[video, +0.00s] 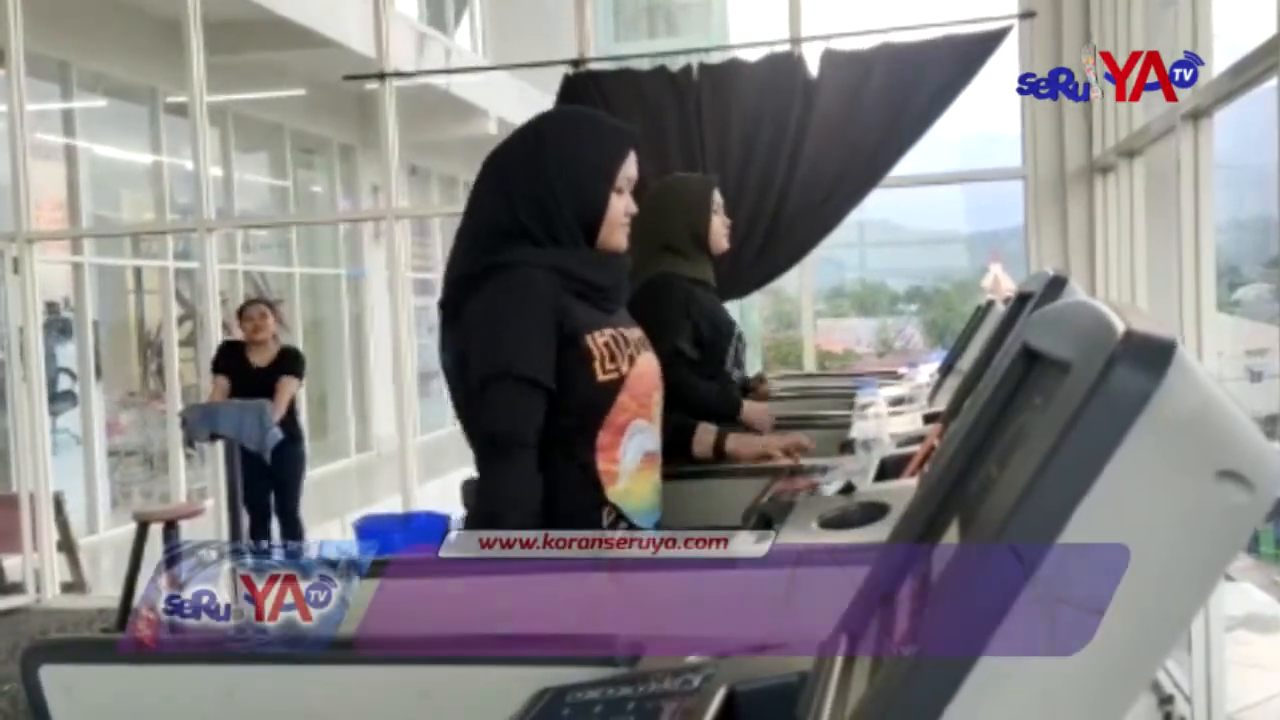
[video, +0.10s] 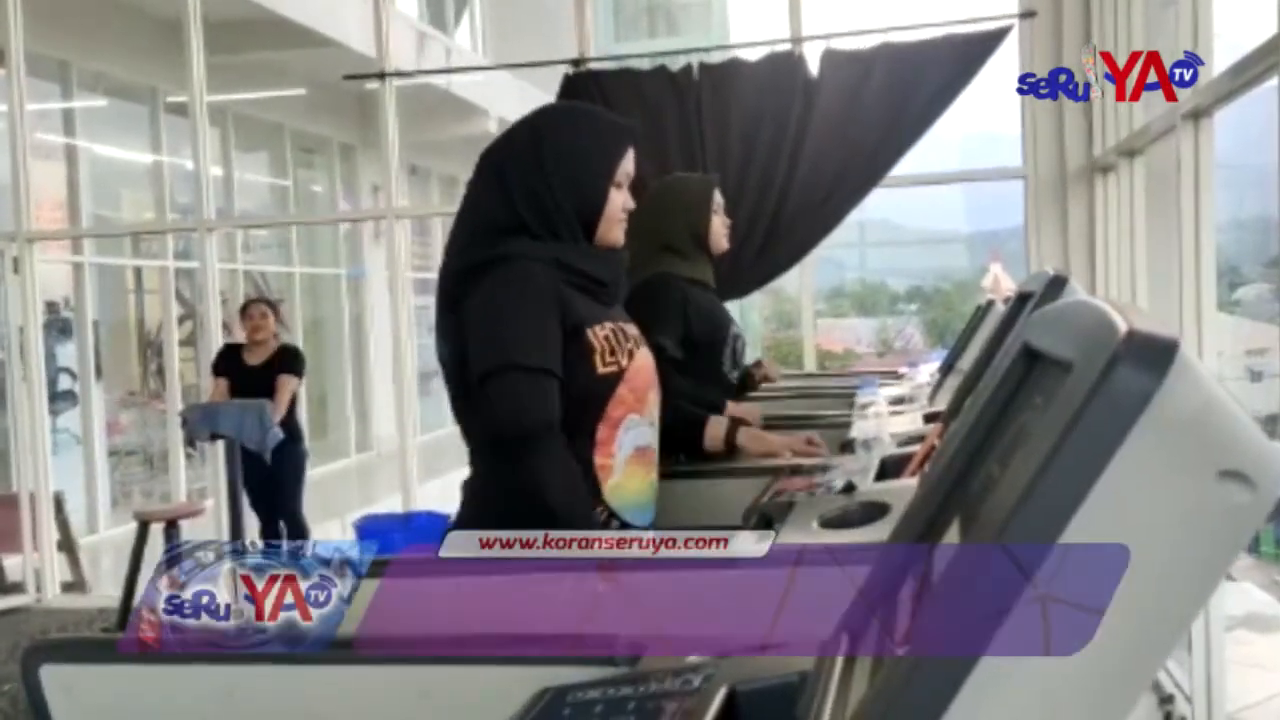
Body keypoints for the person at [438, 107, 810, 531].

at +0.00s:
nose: (634, 207)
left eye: (632, 192)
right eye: (621, 191)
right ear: (571, 188)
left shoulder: (587, 287)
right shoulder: (518, 294)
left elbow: (618, 421)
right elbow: (508, 458)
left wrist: (729, 443)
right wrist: (513, 581)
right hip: (562, 550)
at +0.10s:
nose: (630, 202)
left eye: (629, 186)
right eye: (618, 186)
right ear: (567, 183)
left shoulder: (580, 278)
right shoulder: (517, 284)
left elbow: (622, 406)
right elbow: (524, 449)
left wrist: (740, 438)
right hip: (532, 550)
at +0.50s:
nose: (642, 192)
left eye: (640, 177)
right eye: (629, 175)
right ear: (579, 174)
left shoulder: (603, 276)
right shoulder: (527, 283)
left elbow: (644, 403)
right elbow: (525, 447)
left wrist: (752, 434)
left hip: (632, 527)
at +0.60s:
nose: (643, 192)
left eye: (641, 176)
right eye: (629, 175)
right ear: (578, 174)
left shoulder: (609, 275)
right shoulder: (524, 281)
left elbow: (642, 399)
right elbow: (505, 441)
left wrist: (751, 431)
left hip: (627, 528)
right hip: (559, 540)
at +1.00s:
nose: (632, 193)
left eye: (630, 177)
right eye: (617, 177)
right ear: (567, 179)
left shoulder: (593, 279)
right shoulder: (524, 291)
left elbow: (631, 405)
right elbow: (518, 456)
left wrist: (750, 430)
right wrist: (537, 573)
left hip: (624, 528)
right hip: (571, 544)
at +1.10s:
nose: (629, 193)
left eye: (625, 176)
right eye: (614, 175)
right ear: (565, 177)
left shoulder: (583, 277)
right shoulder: (522, 282)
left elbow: (623, 405)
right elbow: (540, 439)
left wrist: (735, 427)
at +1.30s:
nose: (627, 208)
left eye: (623, 190)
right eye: (611, 190)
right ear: (564, 192)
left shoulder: (577, 290)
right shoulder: (530, 296)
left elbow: (632, 402)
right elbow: (569, 445)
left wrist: (735, 427)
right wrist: (657, 542)